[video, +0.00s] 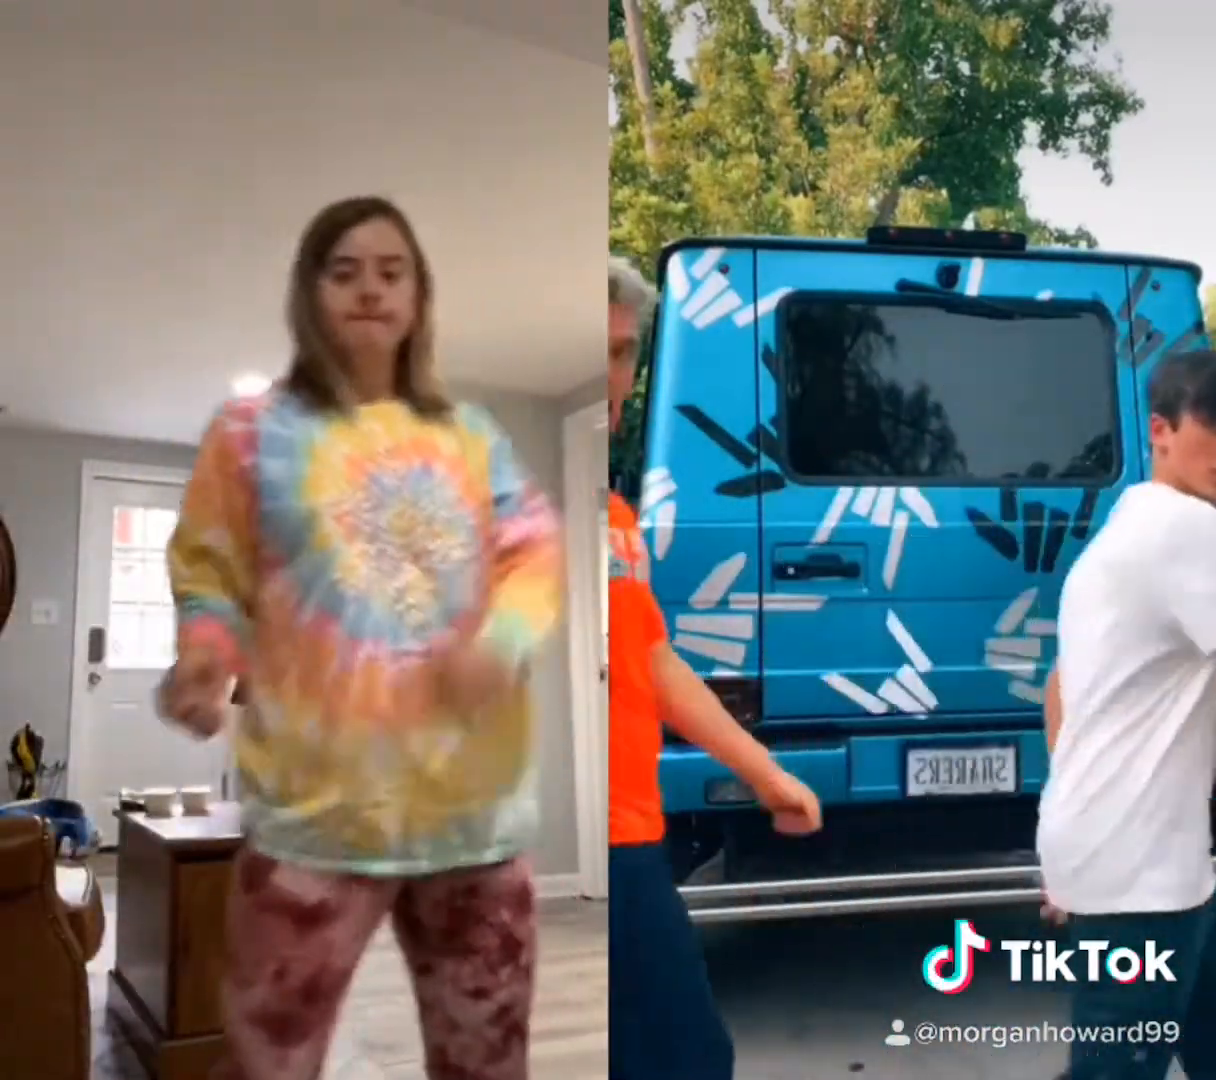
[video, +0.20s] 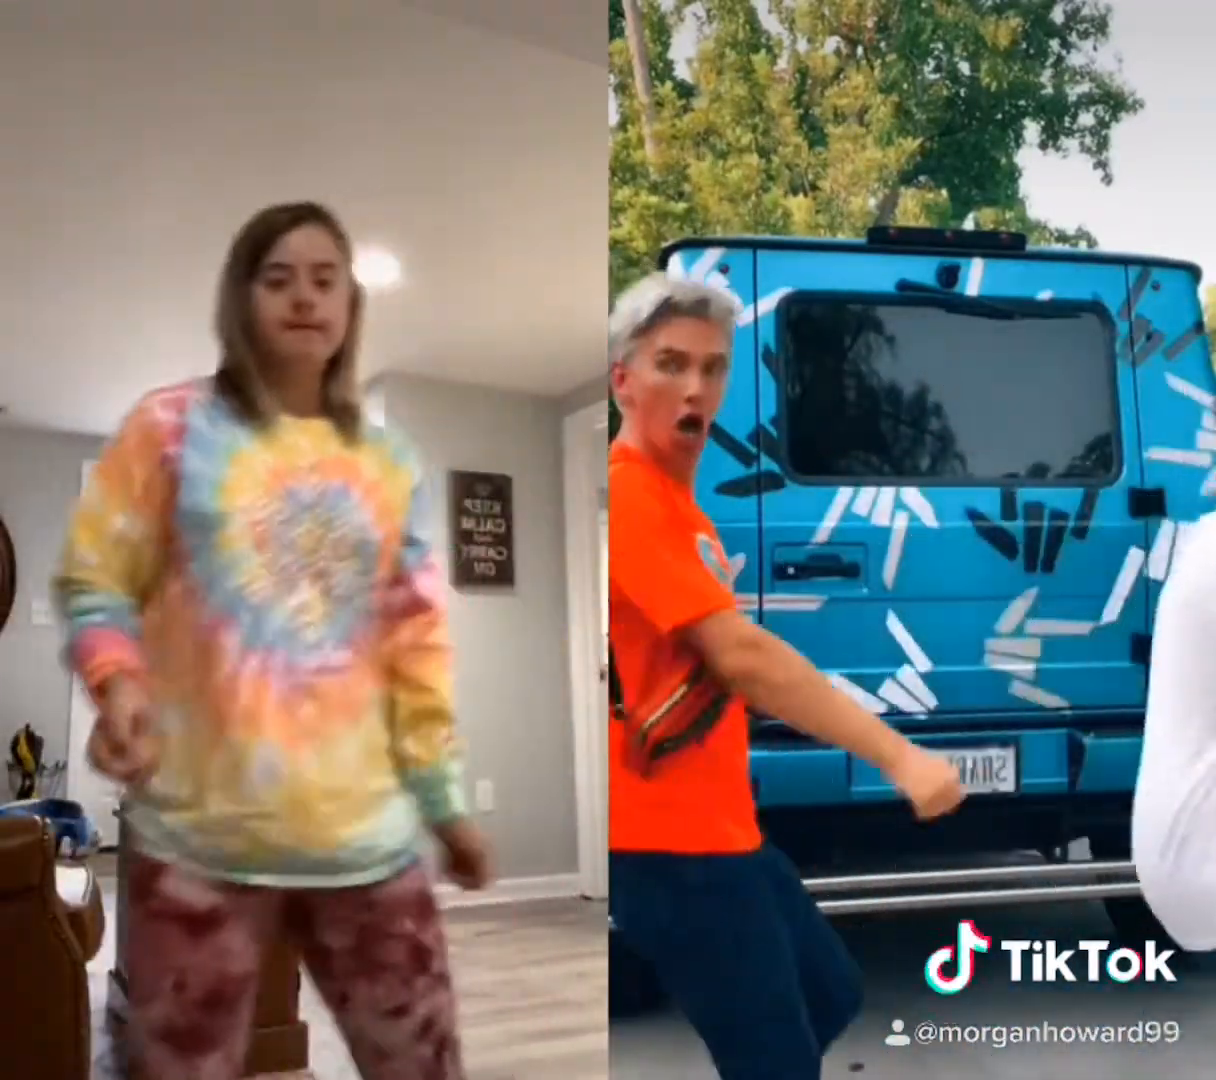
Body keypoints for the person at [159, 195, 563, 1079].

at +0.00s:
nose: (370, 289)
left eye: (392, 271)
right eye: (345, 270)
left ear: (419, 296)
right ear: (309, 295)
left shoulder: (471, 437)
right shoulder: (252, 432)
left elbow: (537, 555)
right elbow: (205, 567)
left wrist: (499, 643)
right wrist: (208, 651)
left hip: (468, 807)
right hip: (312, 811)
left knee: (487, 1061)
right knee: (270, 1059)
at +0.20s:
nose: (305, 299)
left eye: (326, 279)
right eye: (279, 278)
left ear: (352, 304)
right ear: (241, 298)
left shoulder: (385, 458)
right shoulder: (170, 429)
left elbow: (416, 640)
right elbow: (92, 581)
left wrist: (446, 804)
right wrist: (118, 683)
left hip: (363, 841)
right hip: (195, 839)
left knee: (423, 1067)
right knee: (178, 1068)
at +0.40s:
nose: (268, 282)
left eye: (290, 262)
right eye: (242, 260)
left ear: (316, 287)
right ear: (203, 278)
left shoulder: (342, 438)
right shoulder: (142, 383)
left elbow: (357, 615)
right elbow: (81, 536)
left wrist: (367, 744)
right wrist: (129, 672)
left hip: (323, 797)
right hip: (167, 801)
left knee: (369, 1057)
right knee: (157, 1064)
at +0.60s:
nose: (276, 272)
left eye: (299, 253)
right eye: (250, 252)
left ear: (326, 280)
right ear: (213, 276)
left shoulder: (355, 427)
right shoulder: (152, 383)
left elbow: (349, 597)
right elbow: (160, 560)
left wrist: (333, 721)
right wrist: (277, 700)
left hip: (341, 801)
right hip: (179, 806)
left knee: (383, 1056)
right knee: (163, 1063)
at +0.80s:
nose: (347, 282)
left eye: (369, 263)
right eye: (319, 263)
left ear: (395, 292)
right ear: (280, 288)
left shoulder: (428, 443)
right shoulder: (223, 429)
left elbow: (452, 632)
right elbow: (197, 626)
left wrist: (467, 781)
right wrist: (264, 792)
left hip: (418, 822)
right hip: (262, 831)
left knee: (495, 1063)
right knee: (228, 1067)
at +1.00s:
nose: (435, 281)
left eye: (457, 260)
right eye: (407, 262)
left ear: (485, 291)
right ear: (369, 290)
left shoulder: (526, 443)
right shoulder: (324, 441)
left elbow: (574, 654)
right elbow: (246, 637)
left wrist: (655, 799)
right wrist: (189, 814)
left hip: (542, 839)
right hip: (397, 846)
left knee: (576, 1067)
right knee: (419, 1067)